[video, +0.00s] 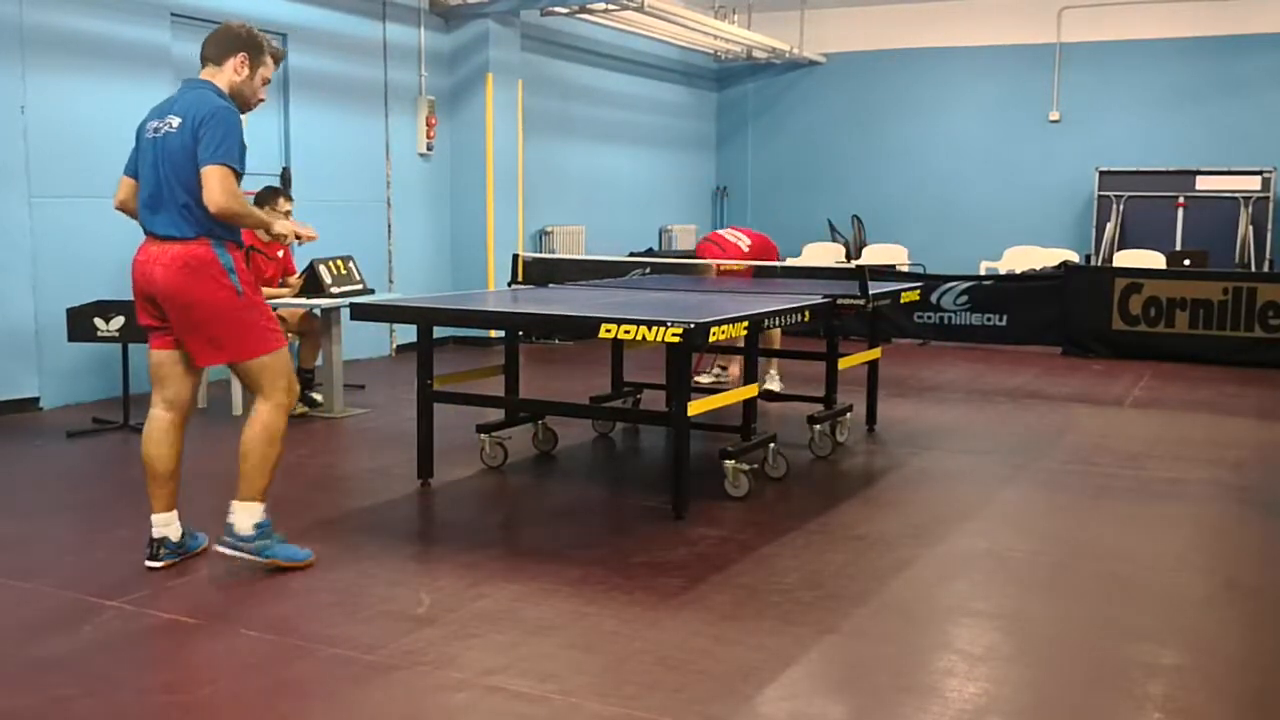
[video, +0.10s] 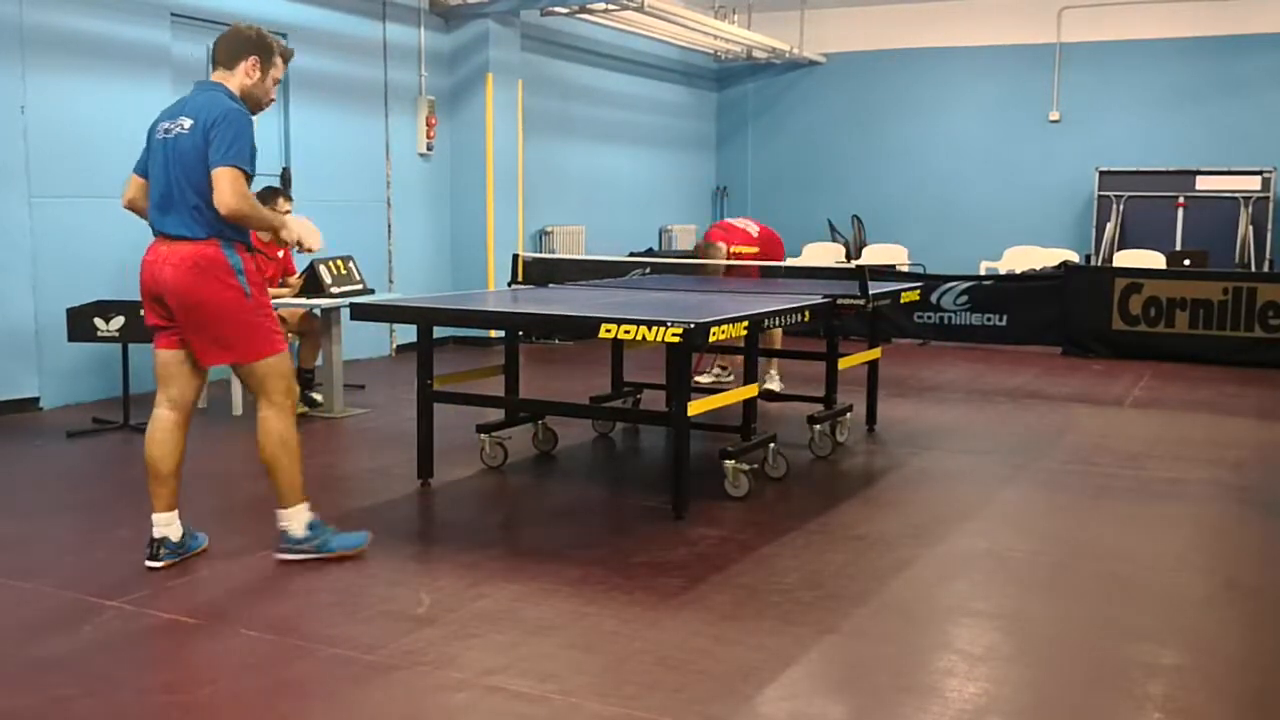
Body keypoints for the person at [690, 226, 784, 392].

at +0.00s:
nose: (707, 281)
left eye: (708, 276)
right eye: (703, 279)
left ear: (714, 266)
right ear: (694, 265)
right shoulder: (702, 251)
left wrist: (736, 363)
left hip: (765, 258)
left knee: (771, 318)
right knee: (730, 313)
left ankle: (772, 372)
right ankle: (721, 367)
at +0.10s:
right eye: (704, 269)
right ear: (698, 250)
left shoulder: (716, 243)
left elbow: (711, 286)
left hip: (769, 254)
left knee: (772, 315)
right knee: (732, 311)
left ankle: (771, 373)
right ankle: (723, 366)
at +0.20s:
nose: (725, 247)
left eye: (729, 240)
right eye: (720, 242)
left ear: (737, 229)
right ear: (713, 236)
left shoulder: (759, 239)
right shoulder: (720, 227)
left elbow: (768, 274)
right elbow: (727, 255)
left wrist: (762, 303)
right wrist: (734, 276)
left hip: (773, 260)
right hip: (743, 260)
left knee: (773, 315)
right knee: (729, 311)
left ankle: (772, 373)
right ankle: (722, 366)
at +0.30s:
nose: (739, 217)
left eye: (742, 210)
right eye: (734, 211)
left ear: (752, 202)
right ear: (728, 206)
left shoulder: (775, 215)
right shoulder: (730, 213)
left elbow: (786, 253)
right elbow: (737, 241)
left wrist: (778, 286)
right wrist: (742, 266)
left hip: (778, 262)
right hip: (750, 260)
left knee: (776, 318)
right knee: (730, 307)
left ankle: (772, 371)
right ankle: (723, 363)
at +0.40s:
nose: (756, 188)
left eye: (760, 182)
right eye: (752, 183)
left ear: (770, 175)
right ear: (745, 180)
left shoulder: (790, 196)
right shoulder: (742, 194)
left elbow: (802, 233)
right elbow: (738, 222)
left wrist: (792, 269)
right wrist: (747, 246)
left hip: (784, 260)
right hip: (754, 259)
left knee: (781, 316)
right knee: (739, 311)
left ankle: (773, 372)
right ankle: (729, 363)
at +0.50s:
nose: (772, 168)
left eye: (777, 161)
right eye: (766, 162)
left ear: (787, 159)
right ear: (759, 160)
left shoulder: (803, 183)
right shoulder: (752, 184)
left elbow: (815, 223)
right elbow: (745, 210)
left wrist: (804, 260)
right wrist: (749, 231)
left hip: (793, 262)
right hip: (763, 261)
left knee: (786, 319)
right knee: (765, 320)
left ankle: (774, 372)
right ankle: (762, 371)